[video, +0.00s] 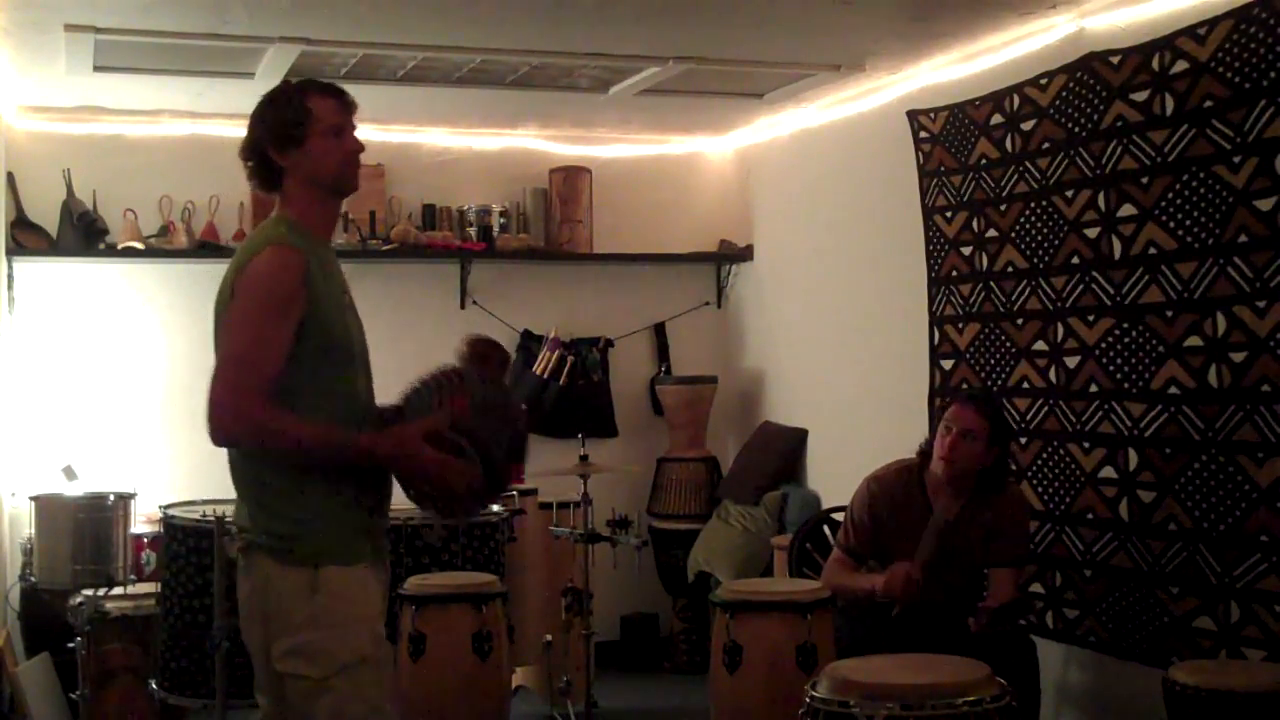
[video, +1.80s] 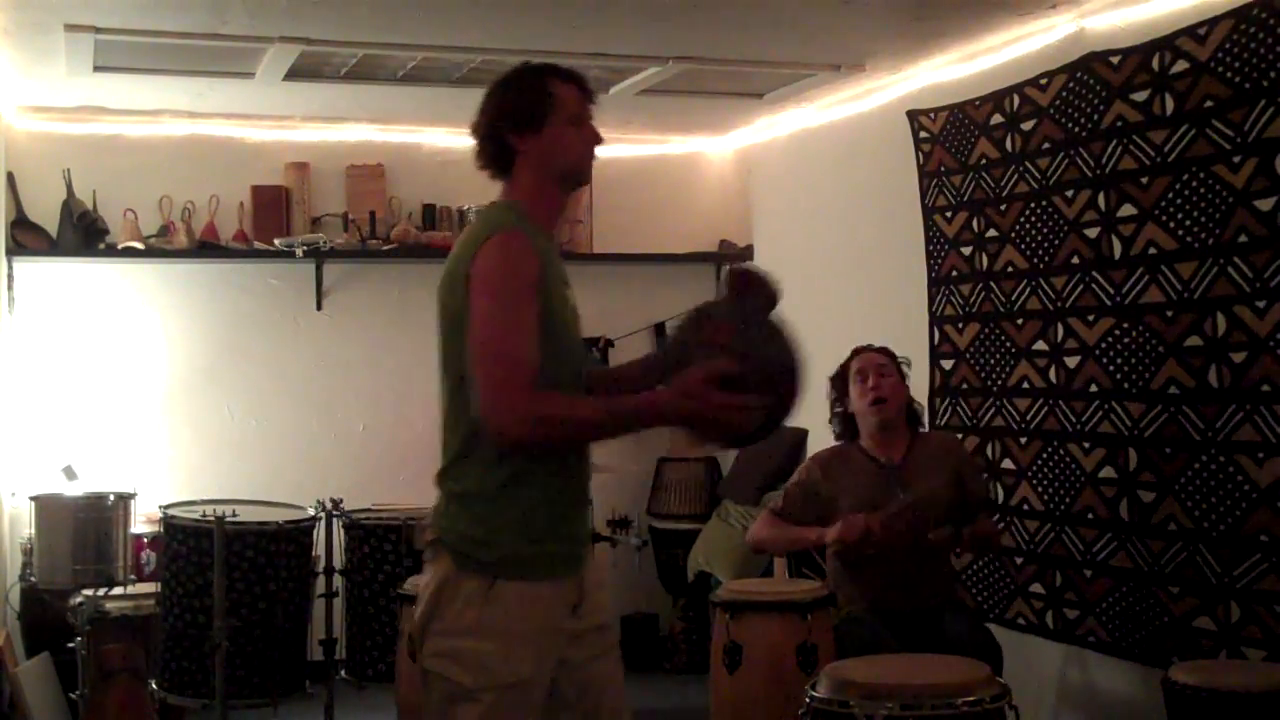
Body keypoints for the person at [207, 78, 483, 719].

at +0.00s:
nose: (358, 145)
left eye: (355, 131)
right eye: (339, 133)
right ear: (286, 152)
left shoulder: (307, 257)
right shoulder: (279, 259)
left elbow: (324, 414)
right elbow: (233, 414)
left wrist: (418, 417)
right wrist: (384, 449)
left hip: (329, 560)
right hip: (309, 566)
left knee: (329, 707)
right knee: (340, 708)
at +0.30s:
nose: (411, 130)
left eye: (403, 117)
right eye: (390, 120)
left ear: (358, 147)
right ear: (341, 146)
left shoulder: (389, 251)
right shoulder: (317, 252)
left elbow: (375, 400)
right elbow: (248, 404)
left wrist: (464, 401)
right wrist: (407, 437)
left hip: (381, 550)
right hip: (333, 559)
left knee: (388, 704)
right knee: (360, 707)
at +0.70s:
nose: (484, 125)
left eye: (476, 111)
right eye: (462, 114)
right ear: (408, 140)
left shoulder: (444, 243)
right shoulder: (371, 267)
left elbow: (436, 377)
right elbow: (341, 445)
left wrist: (536, 356)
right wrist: (498, 426)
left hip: (431, 555)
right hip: (377, 569)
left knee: (437, 705)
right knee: (393, 709)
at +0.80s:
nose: (485, 119)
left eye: (478, 106)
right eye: (465, 108)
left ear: (423, 138)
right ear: (409, 135)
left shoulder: (430, 244)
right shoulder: (394, 255)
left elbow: (454, 358)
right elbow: (409, 444)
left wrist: (563, 348)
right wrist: (566, 416)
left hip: (438, 559)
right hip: (390, 572)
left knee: (474, 702)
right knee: (412, 709)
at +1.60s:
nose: (545, 136)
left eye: (539, 122)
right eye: (525, 124)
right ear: (472, 144)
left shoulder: (487, 255)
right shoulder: (471, 263)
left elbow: (499, 403)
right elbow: (434, 438)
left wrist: (594, 414)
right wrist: (577, 492)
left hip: (527, 570)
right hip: (472, 581)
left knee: (575, 713)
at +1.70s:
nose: (575, 131)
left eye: (568, 118)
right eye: (557, 119)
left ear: (514, 148)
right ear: (503, 145)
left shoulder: (515, 253)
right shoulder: (488, 255)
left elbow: (521, 401)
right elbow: (457, 421)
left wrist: (625, 391)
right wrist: (609, 429)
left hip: (537, 577)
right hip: (478, 586)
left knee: (588, 712)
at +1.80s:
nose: (598, 137)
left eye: (593, 121)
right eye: (582, 120)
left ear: (530, 138)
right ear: (527, 134)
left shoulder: (533, 246)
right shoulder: (505, 244)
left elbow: (559, 390)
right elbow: (510, 413)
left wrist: (673, 365)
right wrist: (663, 408)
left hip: (561, 566)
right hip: (496, 574)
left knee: (593, 711)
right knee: (484, 709)